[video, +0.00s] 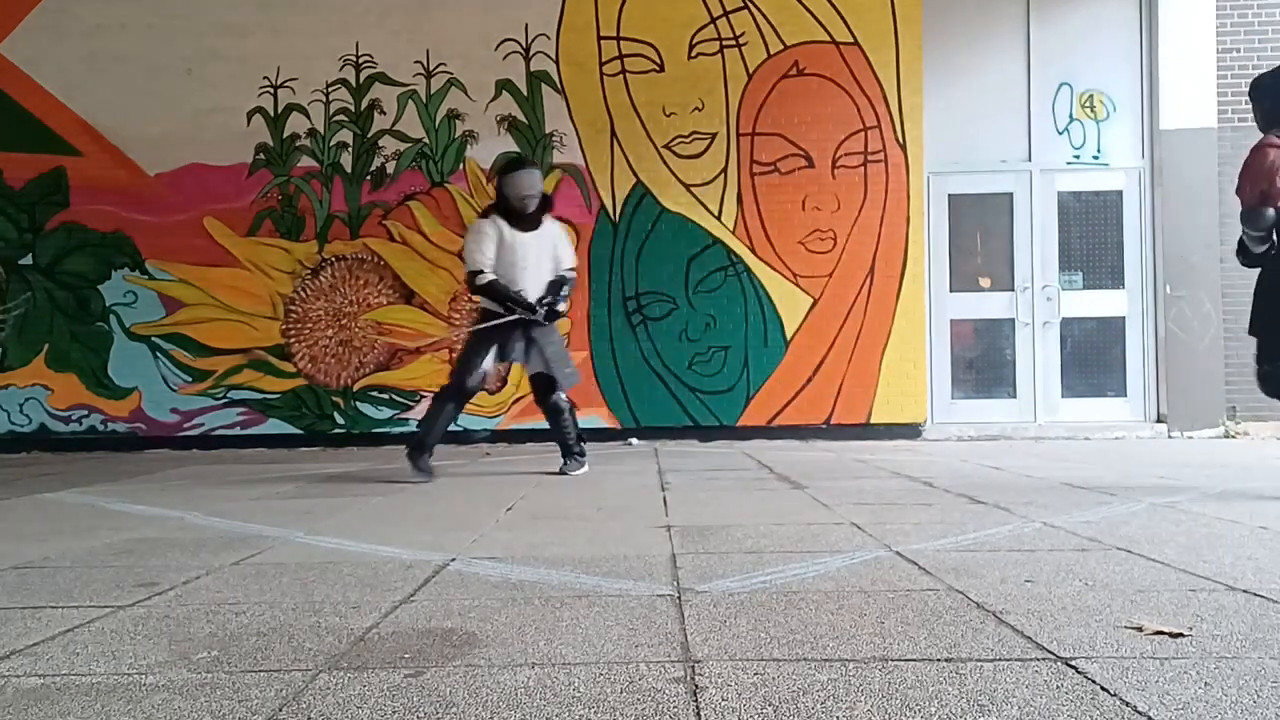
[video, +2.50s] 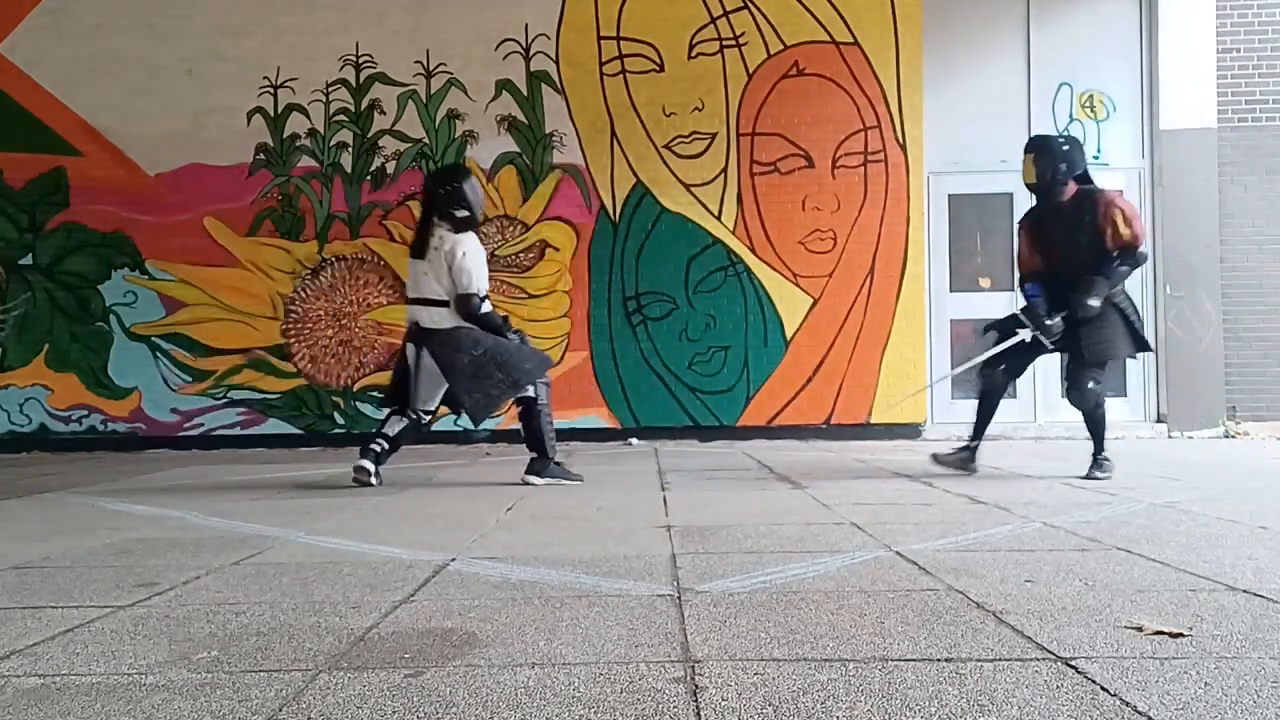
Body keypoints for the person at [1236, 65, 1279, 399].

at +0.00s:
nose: (1253, 113)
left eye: (1255, 104)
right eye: (1253, 104)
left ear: (1263, 107)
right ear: (1273, 106)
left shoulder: (1268, 153)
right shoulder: (1266, 152)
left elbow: (1260, 220)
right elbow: (1260, 221)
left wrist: (1253, 250)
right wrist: (1254, 247)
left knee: (1272, 377)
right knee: (1271, 377)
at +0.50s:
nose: (1213, 129)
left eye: (1219, 121)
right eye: (1214, 120)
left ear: (1241, 126)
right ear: (1256, 126)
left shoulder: (1249, 175)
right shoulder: (1269, 167)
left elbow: (1242, 242)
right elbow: (1259, 233)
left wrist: (1192, 255)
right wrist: (1214, 223)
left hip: (1252, 284)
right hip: (1273, 281)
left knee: (1231, 372)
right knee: (1273, 373)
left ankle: (1256, 459)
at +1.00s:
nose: (1183, 147)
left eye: (1190, 140)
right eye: (1183, 139)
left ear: (1212, 143)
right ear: (1225, 145)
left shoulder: (1222, 185)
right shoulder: (1242, 179)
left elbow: (1208, 249)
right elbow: (1227, 239)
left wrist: (1161, 262)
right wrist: (1183, 229)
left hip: (1225, 287)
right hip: (1247, 285)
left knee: (1172, 359)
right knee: (1230, 370)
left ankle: (1220, 439)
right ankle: (1260, 452)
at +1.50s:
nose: (1130, 156)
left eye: (1136, 149)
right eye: (1131, 148)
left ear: (1158, 154)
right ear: (1166, 155)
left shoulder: (1169, 195)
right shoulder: (1176, 189)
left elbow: (1152, 254)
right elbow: (1162, 244)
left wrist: (1105, 272)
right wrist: (1126, 242)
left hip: (1168, 297)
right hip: (1180, 296)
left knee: (1116, 373)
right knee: (1177, 383)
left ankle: (1120, 459)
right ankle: (1246, 442)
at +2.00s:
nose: (1104, 166)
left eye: (1110, 158)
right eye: (1104, 158)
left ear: (1135, 161)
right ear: (1139, 162)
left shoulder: (1151, 203)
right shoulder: (1140, 198)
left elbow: (1135, 264)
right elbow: (1131, 250)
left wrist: (1085, 280)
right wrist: (1101, 252)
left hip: (1158, 299)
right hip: (1160, 298)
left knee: (1106, 365)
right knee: (1170, 386)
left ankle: (1116, 455)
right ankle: (1222, 452)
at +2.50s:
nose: (1033, 177)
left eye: (1040, 168)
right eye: (1031, 169)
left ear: (1065, 169)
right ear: (1033, 172)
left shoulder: (1107, 206)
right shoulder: (1032, 223)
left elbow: (1134, 253)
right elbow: (1031, 277)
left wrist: (1098, 289)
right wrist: (1039, 312)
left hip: (1095, 308)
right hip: (1051, 309)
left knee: (1083, 386)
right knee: (996, 369)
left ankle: (1100, 457)